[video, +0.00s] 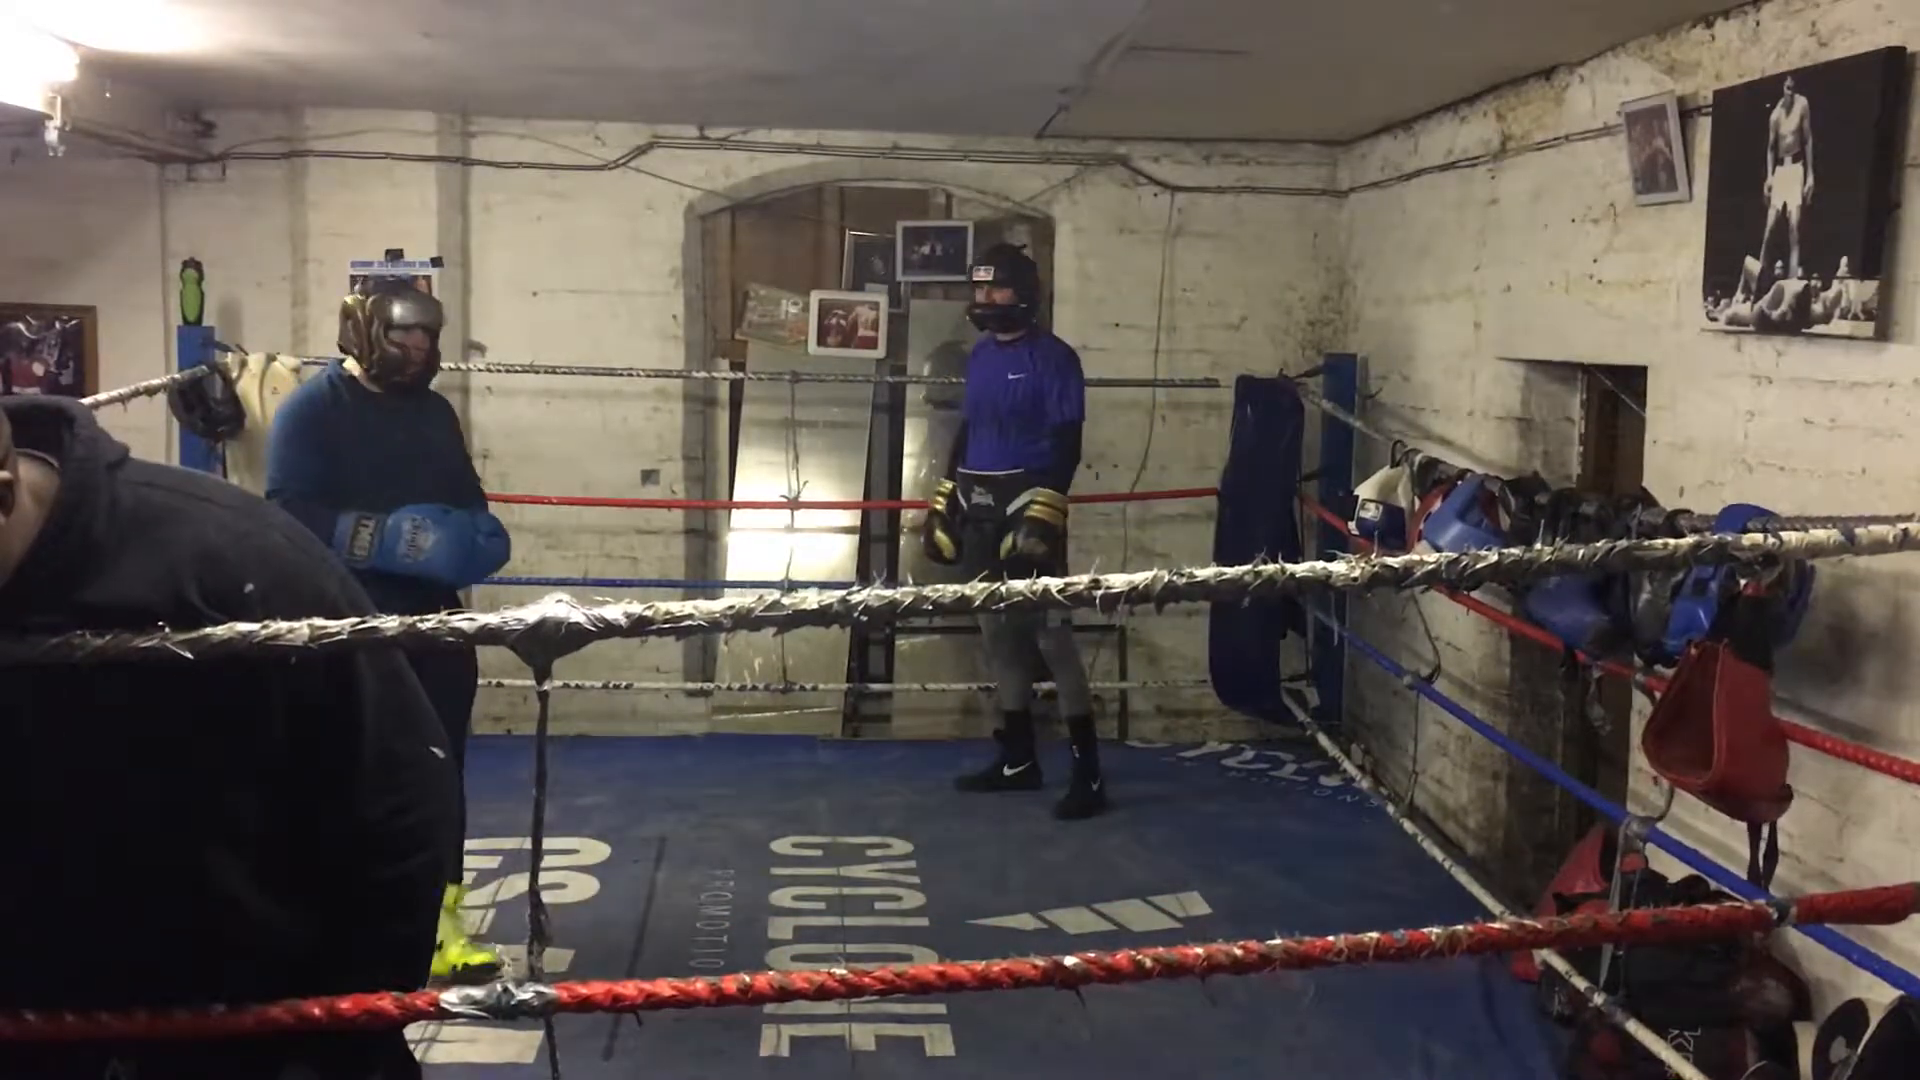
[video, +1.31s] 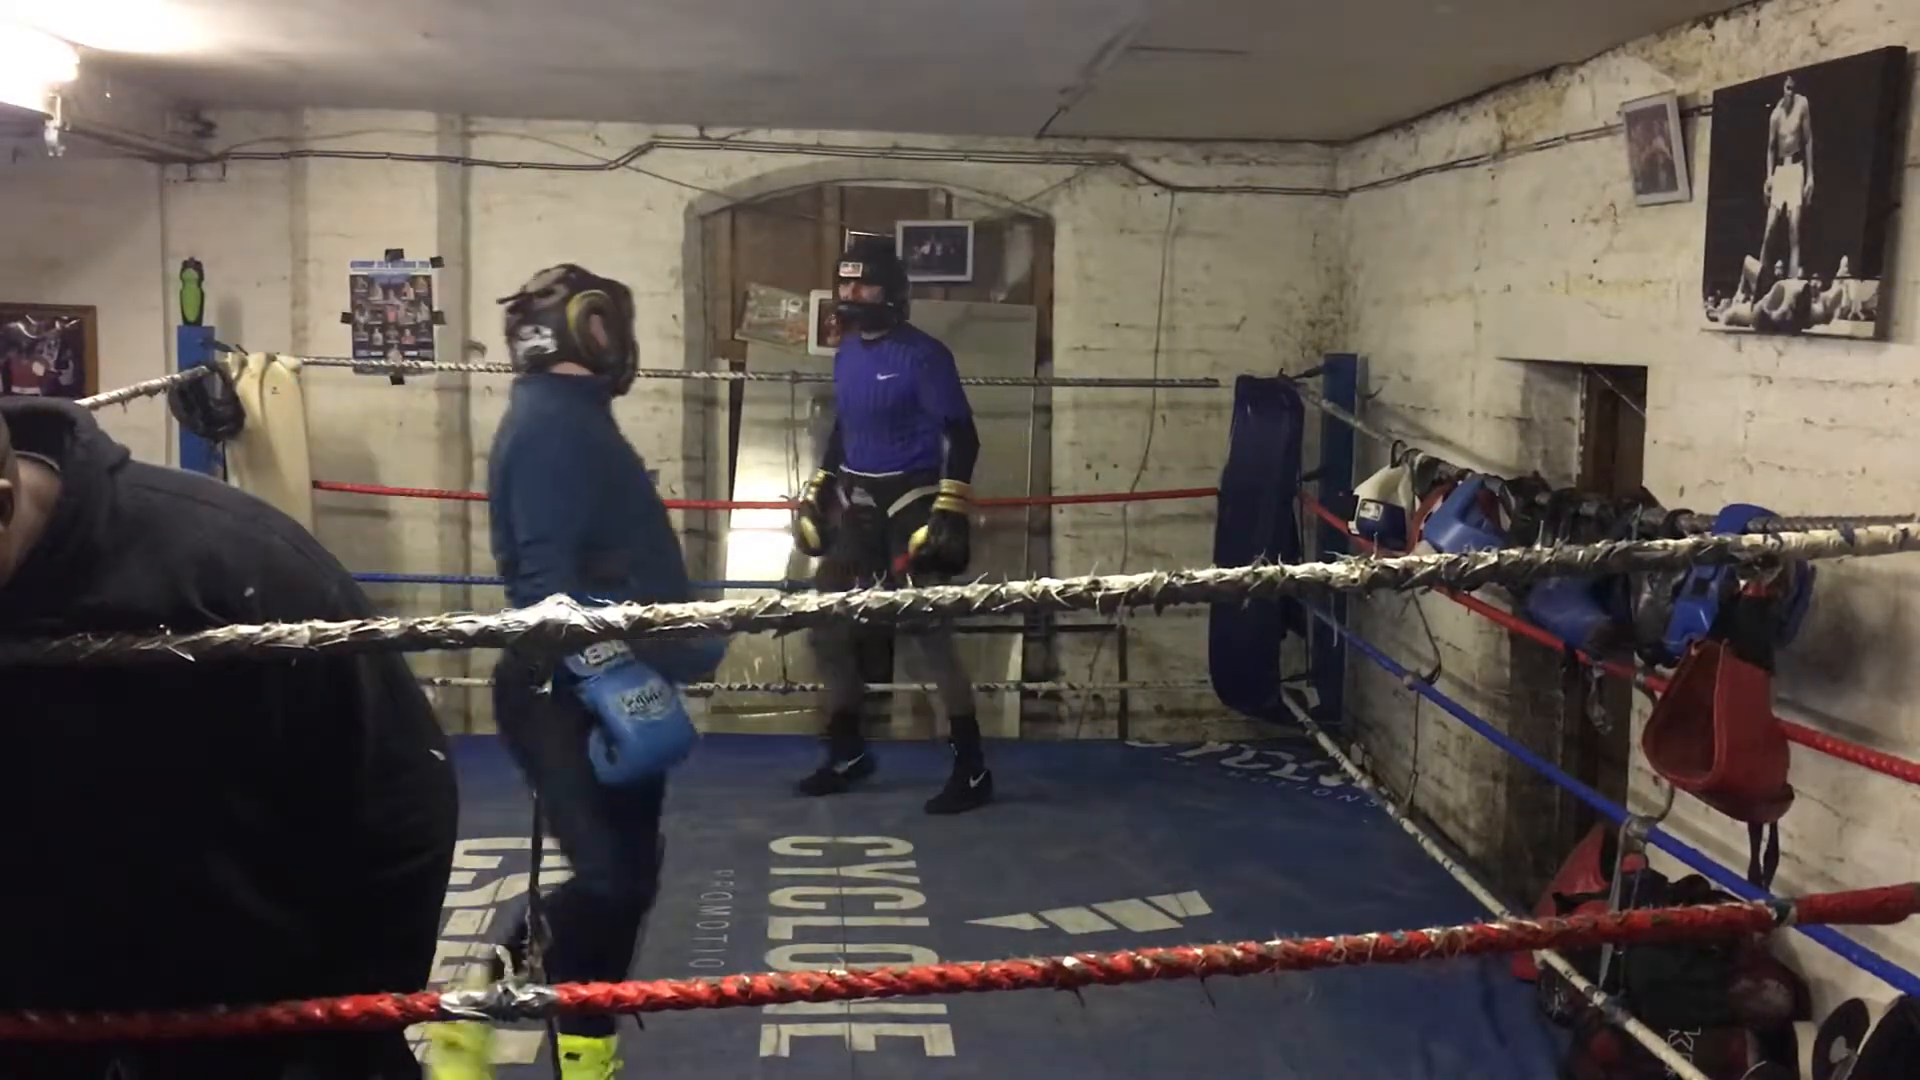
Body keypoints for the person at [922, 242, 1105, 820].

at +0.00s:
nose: (983, 297)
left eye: (994, 287)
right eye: (980, 287)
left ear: (1023, 293)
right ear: (979, 295)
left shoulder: (1055, 358)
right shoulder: (979, 357)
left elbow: (1068, 447)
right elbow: (967, 430)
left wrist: (1043, 514)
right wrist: (943, 500)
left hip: (1033, 510)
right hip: (979, 508)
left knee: (1051, 631)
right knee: (997, 633)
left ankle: (1086, 770)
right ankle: (1017, 759)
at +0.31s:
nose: (952, 301)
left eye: (964, 291)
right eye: (949, 291)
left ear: (991, 298)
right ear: (948, 297)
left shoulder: (1026, 356)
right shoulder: (945, 356)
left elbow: (1049, 441)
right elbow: (933, 432)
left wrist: (1030, 516)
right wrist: (911, 503)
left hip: (1007, 502)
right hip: (954, 501)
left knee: (976, 628)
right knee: (978, 631)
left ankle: (1033, 714)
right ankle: (1013, 752)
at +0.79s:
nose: (888, 323)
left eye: (898, 311)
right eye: (884, 311)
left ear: (926, 313)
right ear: (882, 316)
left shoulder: (968, 366)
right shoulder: (901, 369)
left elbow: (1016, 444)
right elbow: (904, 439)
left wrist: (1025, 523)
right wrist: (901, 500)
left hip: (979, 501)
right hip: (931, 505)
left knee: (976, 630)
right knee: (978, 626)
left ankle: (980, 767)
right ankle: (1033, 734)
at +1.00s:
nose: (880, 313)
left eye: (892, 303)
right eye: (876, 302)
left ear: (921, 309)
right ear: (874, 307)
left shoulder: (960, 366)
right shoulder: (884, 361)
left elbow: (1004, 449)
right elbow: (885, 436)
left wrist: (995, 523)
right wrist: (877, 504)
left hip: (962, 507)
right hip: (913, 509)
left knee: (971, 632)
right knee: (932, 630)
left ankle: (979, 769)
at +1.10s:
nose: (873, 305)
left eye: (886, 296)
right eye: (869, 296)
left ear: (915, 302)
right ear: (866, 301)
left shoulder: (953, 362)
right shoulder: (879, 356)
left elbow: (994, 444)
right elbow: (878, 430)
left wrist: (981, 517)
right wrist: (859, 499)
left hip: (951, 507)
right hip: (897, 507)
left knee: (959, 633)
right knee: (891, 634)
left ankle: (978, 769)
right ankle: (965, 609)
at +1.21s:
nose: (864, 298)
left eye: (875, 287)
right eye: (857, 287)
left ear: (903, 293)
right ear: (851, 294)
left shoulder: (938, 356)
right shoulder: (865, 353)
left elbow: (978, 438)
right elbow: (864, 426)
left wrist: (963, 510)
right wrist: (838, 493)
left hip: (933, 504)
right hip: (879, 502)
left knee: (945, 632)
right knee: (844, 618)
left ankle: (974, 769)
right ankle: (928, 671)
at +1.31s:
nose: (850, 295)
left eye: (862, 284)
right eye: (845, 284)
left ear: (891, 291)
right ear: (840, 291)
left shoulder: (924, 355)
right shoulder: (847, 354)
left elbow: (962, 434)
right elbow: (844, 427)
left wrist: (952, 506)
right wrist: (819, 492)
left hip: (914, 505)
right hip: (855, 504)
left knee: (929, 631)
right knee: (828, 624)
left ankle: (970, 765)